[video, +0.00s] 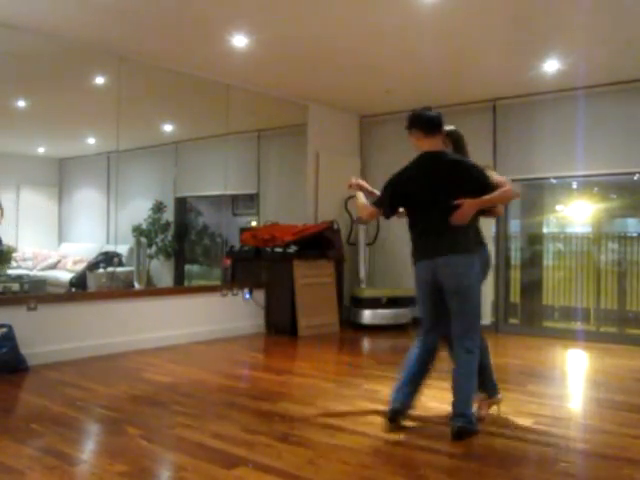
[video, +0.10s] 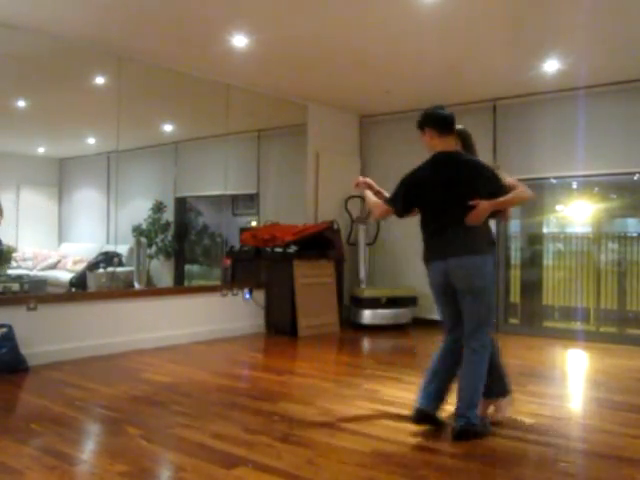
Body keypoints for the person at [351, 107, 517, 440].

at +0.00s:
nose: (412, 141)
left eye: (412, 136)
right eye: (413, 136)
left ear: (415, 136)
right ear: (443, 132)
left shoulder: (409, 174)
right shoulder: (462, 167)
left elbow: (368, 214)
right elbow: (509, 191)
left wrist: (358, 198)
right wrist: (476, 205)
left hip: (425, 263)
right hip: (462, 260)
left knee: (428, 333)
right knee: (466, 339)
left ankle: (398, 403)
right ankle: (462, 417)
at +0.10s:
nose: (423, 140)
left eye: (423, 135)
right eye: (423, 135)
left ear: (429, 134)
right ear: (455, 130)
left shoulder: (421, 174)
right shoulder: (474, 167)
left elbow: (382, 211)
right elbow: (523, 194)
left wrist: (368, 192)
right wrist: (490, 205)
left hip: (437, 263)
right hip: (474, 260)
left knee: (454, 335)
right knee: (478, 337)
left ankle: (426, 406)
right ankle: (467, 417)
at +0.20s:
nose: (434, 143)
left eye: (434, 137)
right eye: (434, 137)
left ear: (441, 135)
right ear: (466, 132)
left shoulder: (436, 174)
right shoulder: (488, 170)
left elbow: (395, 211)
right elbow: (532, 199)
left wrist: (372, 192)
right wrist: (503, 209)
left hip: (449, 263)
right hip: (485, 260)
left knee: (469, 337)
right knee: (484, 338)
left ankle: (458, 406)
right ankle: (467, 418)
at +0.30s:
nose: (446, 145)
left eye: (446, 138)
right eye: (445, 139)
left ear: (454, 137)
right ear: (476, 134)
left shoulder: (450, 175)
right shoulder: (500, 172)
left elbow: (411, 211)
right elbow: (539, 201)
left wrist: (388, 192)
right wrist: (515, 212)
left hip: (461, 268)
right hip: (496, 266)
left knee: (471, 340)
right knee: (493, 340)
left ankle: (489, 407)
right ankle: (468, 420)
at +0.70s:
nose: (490, 159)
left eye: (490, 151)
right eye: (489, 152)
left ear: (502, 148)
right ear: (517, 148)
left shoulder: (501, 183)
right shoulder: (544, 181)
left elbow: (461, 218)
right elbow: (580, 211)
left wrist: (437, 196)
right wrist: (561, 219)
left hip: (508, 266)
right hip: (543, 266)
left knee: (519, 332)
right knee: (527, 334)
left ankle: (537, 399)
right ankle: (499, 399)